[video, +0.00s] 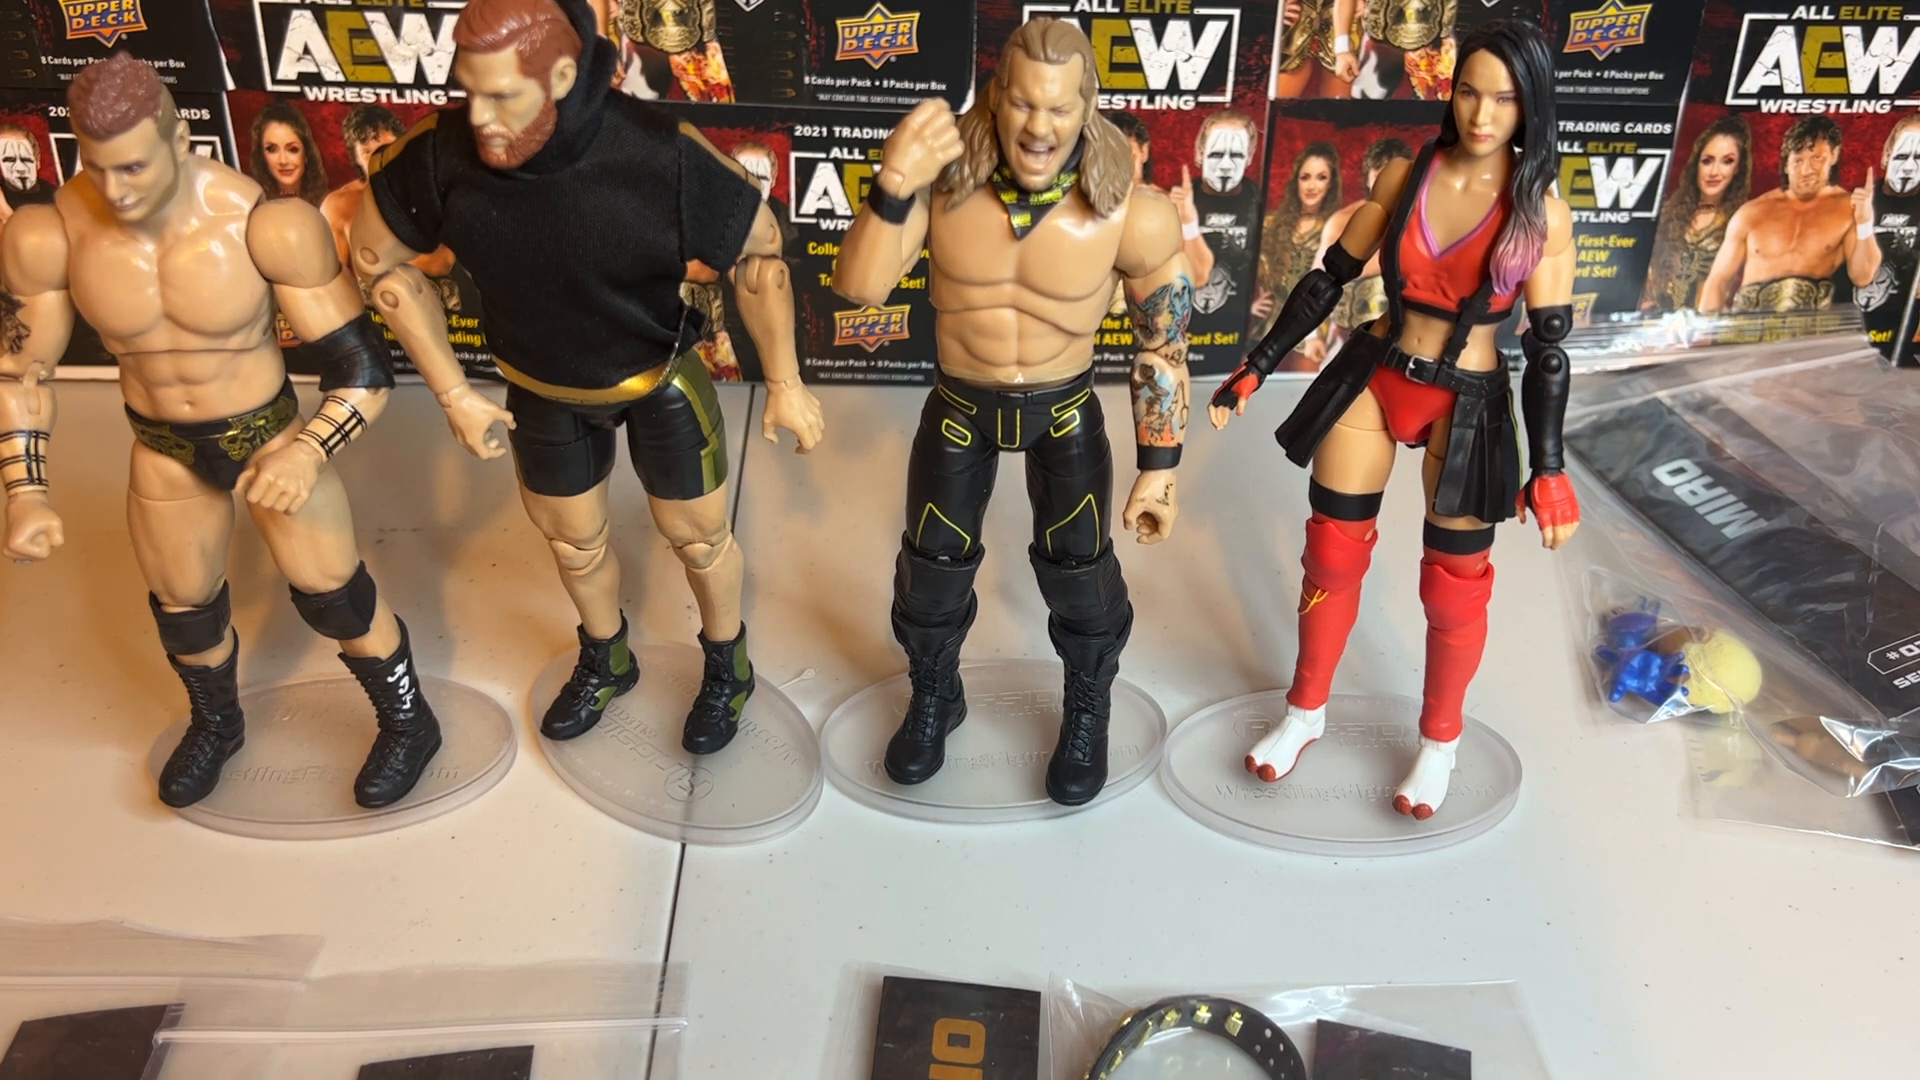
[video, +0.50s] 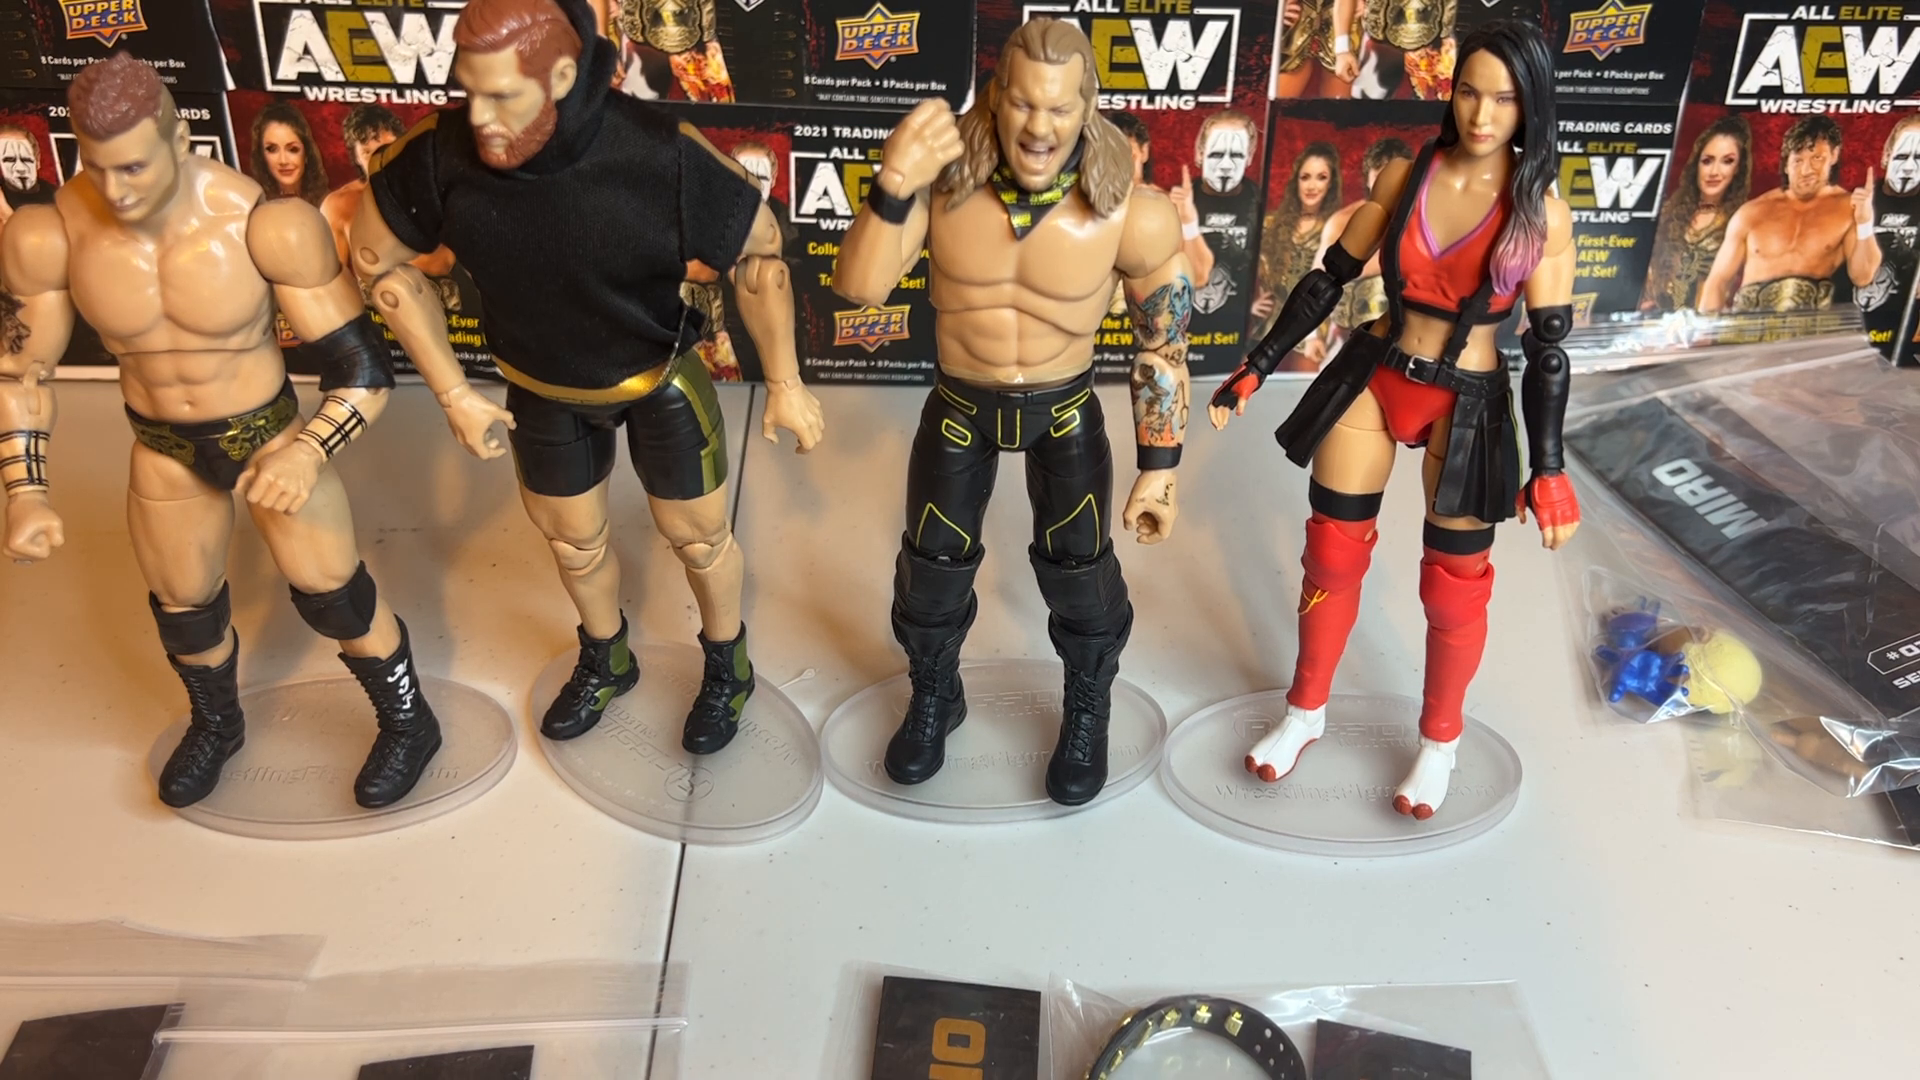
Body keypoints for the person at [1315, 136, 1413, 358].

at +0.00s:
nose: (1388, 182)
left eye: (1396, 174)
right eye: (1381, 173)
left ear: (1410, 177)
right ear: (1368, 176)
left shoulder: (1417, 216)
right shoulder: (1344, 220)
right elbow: (1321, 277)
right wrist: (1314, 334)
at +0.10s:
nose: (1388, 181)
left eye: (1396, 174)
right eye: (1381, 172)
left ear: (1410, 177)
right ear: (1368, 175)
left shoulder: (1416, 215)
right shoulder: (1343, 220)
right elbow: (1321, 276)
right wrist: (1315, 334)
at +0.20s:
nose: (1388, 183)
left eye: (1396, 175)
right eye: (1381, 174)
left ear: (1410, 178)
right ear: (1368, 176)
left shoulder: (1417, 216)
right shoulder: (1344, 220)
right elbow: (1321, 276)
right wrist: (1315, 334)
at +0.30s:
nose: (1388, 180)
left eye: (1396, 173)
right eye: (1381, 171)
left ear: (1410, 177)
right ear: (1368, 174)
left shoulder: (1416, 215)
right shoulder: (1344, 220)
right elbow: (1321, 275)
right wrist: (1314, 334)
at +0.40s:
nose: (1388, 182)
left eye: (1397, 174)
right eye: (1381, 172)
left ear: (1410, 177)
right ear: (1368, 175)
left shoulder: (1416, 215)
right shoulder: (1344, 220)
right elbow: (1321, 276)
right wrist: (1314, 333)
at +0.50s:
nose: (1389, 181)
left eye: (1397, 174)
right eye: (1381, 171)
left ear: (1410, 177)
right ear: (1368, 175)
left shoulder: (1417, 216)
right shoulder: (1343, 221)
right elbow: (1322, 277)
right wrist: (1315, 335)